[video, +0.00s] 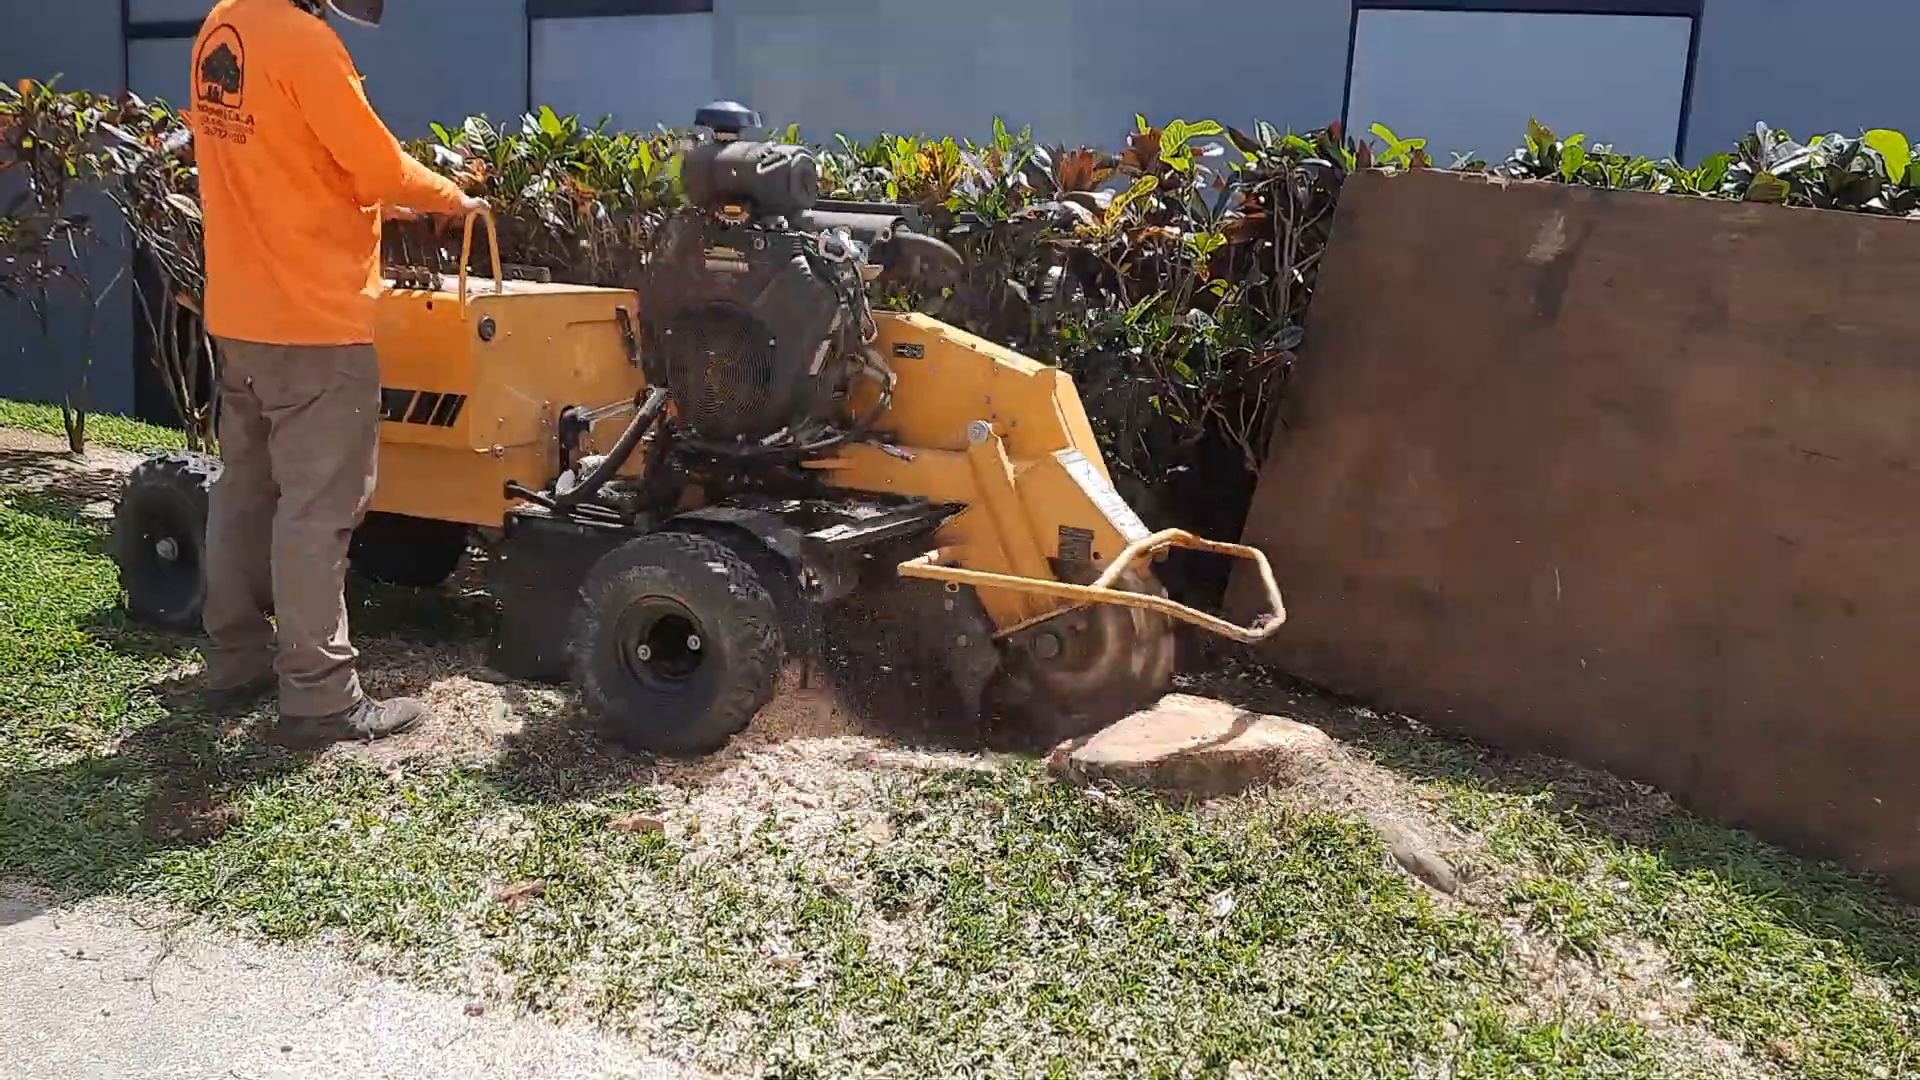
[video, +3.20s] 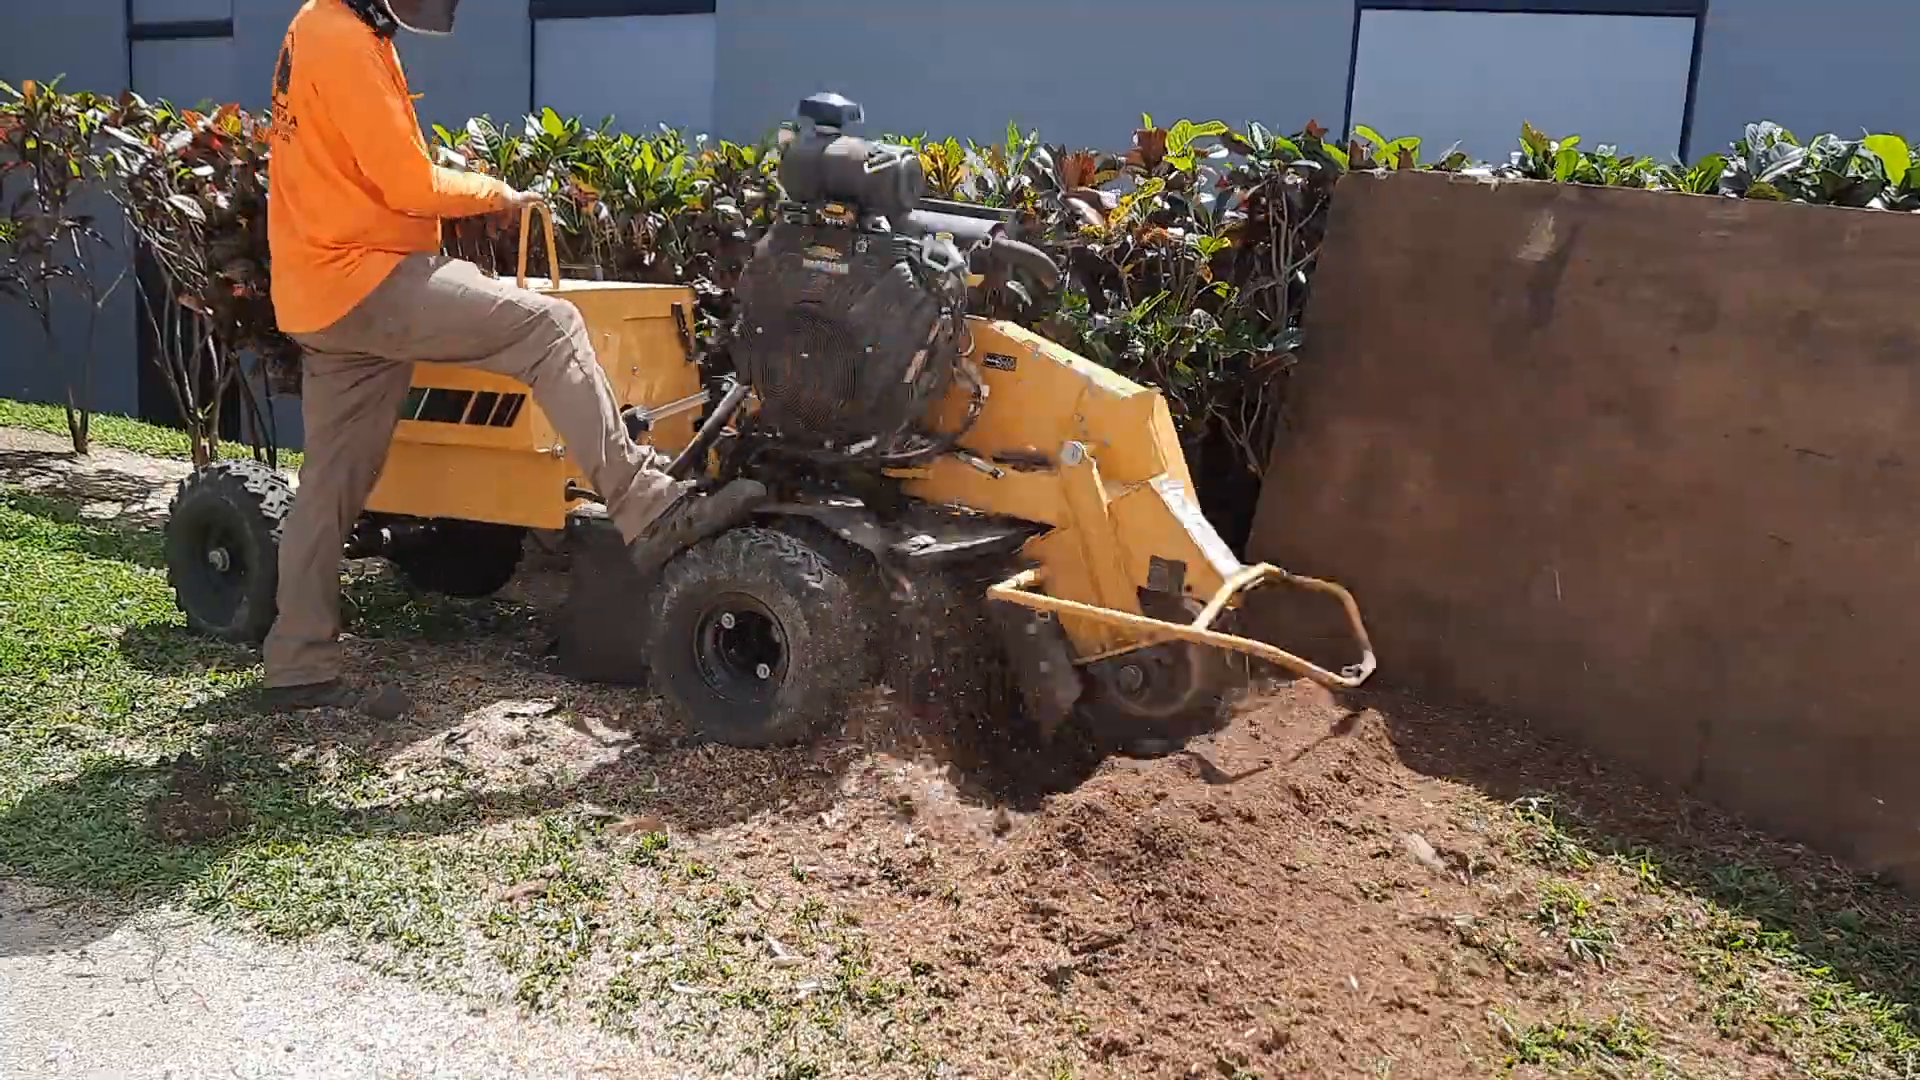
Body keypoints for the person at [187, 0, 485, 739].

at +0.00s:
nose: (372, 10)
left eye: (371, 4)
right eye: (367, 1)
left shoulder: (222, 24)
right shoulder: (308, 43)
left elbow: (282, 165)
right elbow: (381, 169)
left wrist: (393, 195)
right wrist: (451, 197)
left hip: (238, 316)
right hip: (314, 323)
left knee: (244, 492)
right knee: (319, 503)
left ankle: (235, 662)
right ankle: (318, 697)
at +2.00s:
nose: (397, 12)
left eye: (397, 6)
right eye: (394, 3)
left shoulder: (260, 28)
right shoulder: (329, 49)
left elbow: (321, 161)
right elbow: (404, 176)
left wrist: (438, 176)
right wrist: (475, 191)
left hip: (272, 322)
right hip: (341, 326)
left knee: (275, 492)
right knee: (347, 505)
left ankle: (257, 657)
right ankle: (343, 693)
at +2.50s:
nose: (409, 13)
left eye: (409, 7)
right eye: (407, 3)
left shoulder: (274, 27)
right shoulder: (346, 49)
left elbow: (344, 159)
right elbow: (422, 173)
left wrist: (449, 174)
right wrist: (499, 191)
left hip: (279, 323)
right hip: (352, 328)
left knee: (276, 495)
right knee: (349, 509)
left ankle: (256, 658)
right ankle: (345, 693)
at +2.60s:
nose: (416, 12)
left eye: (416, 7)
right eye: (413, 4)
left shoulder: (279, 25)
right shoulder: (345, 48)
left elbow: (342, 162)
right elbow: (413, 183)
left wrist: (444, 188)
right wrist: (472, 191)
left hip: (314, 311)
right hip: (357, 318)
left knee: (375, 482)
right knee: (344, 502)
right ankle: (323, 695)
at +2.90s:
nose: (400, 13)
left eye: (402, 6)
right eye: (399, 2)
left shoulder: (274, 23)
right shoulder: (331, 51)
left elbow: (346, 165)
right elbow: (408, 180)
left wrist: (437, 191)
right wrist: (472, 185)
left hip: (307, 317)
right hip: (351, 324)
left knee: (368, 489)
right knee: (342, 509)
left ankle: (412, 633)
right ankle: (322, 695)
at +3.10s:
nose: (434, 26)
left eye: (440, 19)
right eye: (435, 16)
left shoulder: (335, 24)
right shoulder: (362, 44)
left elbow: (373, 158)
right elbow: (422, 189)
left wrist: (450, 180)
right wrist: (476, 193)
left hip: (318, 287)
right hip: (360, 280)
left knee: (323, 488)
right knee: (549, 333)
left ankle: (294, 666)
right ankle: (617, 520)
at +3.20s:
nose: (435, 14)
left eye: (435, 8)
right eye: (431, 5)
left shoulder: (339, 30)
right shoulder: (342, 39)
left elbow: (390, 168)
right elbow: (406, 182)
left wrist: (482, 189)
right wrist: (498, 196)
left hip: (329, 288)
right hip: (360, 280)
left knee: (329, 486)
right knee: (547, 326)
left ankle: (298, 665)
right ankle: (650, 510)